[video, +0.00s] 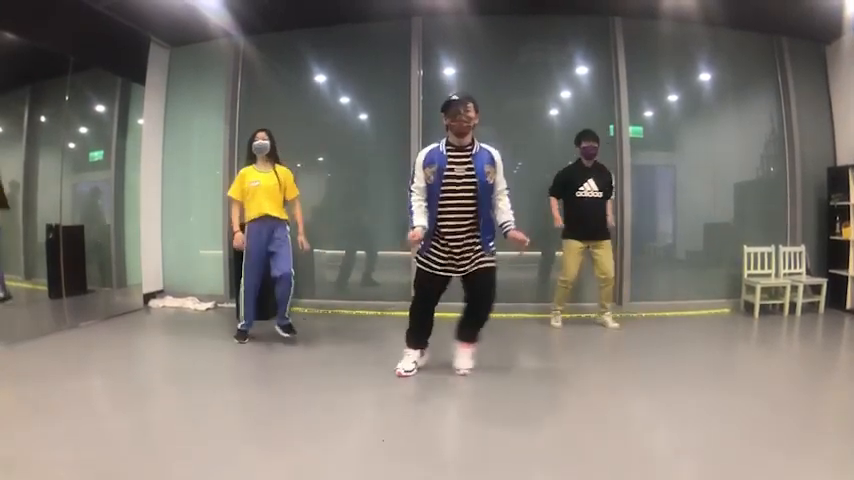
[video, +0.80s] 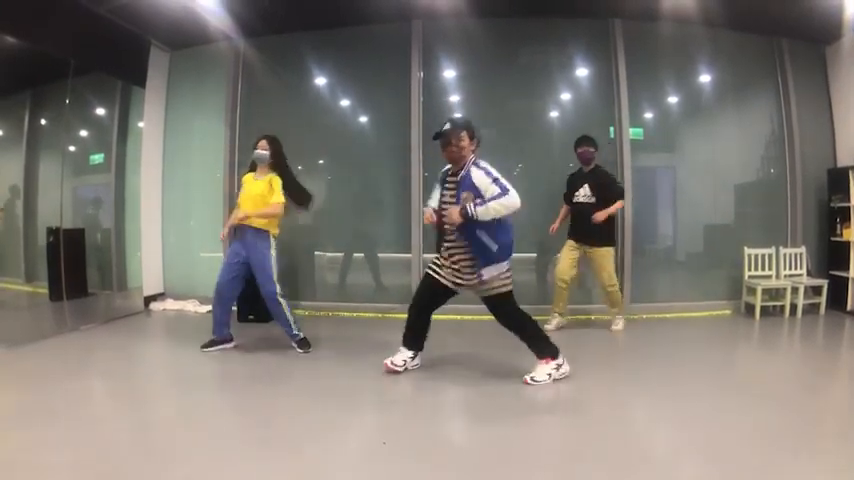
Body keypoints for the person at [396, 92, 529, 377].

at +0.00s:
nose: (463, 119)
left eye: (468, 114)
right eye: (456, 115)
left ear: (476, 117)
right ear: (446, 120)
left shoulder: (490, 156)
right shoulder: (428, 156)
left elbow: (500, 195)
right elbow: (418, 195)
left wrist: (509, 227)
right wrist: (419, 225)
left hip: (477, 244)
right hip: (437, 243)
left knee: (483, 297)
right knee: (423, 298)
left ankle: (466, 344)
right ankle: (415, 349)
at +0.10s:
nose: (466, 122)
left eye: (471, 116)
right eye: (459, 117)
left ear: (479, 120)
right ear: (449, 123)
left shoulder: (492, 158)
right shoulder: (431, 157)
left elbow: (504, 194)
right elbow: (416, 192)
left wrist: (514, 220)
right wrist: (423, 220)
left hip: (479, 243)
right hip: (440, 243)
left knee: (496, 294)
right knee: (421, 299)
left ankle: (489, 346)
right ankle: (405, 350)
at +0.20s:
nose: (474, 134)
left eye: (478, 127)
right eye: (467, 129)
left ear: (486, 129)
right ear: (455, 133)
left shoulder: (498, 166)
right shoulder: (439, 164)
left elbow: (521, 185)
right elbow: (407, 190)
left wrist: (521, 201)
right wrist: (430, 203)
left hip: (484, 252)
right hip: (445, 252)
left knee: (507, 303)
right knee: (423, 305)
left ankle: (521, 355)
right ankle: (400, 351)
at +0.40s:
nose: (476, 127)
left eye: (481, 120)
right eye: (470, 122)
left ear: (491, 121)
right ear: (461, 124)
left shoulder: (508, 151)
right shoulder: (450, 157)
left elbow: (534, 183)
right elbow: (443, 193)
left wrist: (514, 196)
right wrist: (430, 209)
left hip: (500, 237)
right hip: (462, 236)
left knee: (512, 298)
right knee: (454, 284)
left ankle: (523, 354)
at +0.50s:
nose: (474, 125)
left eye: (480, 118)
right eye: (468, 120)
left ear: (492, 120)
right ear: (461, 125)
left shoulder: (505, 154)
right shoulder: (454, 160)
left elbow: (511, 201)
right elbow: (449, 201)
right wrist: (446, 238)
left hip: (497, 239)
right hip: (462, 237)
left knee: (515, 299)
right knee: (445, 280)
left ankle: (528, 353)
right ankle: (475, 289)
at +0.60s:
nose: (468, 125)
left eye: (474, 119)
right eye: (462, 121)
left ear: (487, 121)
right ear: (456, 126)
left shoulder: (499, 154)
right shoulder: (456, 160)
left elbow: (504, 200)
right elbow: (451, 203)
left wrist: (489, 241)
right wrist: (447, 238)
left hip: (495, 242)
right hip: (460, 240)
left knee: (513, 300)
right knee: (437, 287)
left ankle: (536, 354)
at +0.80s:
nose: (455, 149)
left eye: (460, 142)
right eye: (448, 145)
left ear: (473, 143)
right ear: (442, 150)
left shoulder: (480, 172)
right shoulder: (445, 175)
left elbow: (512, 200)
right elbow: (437, 193)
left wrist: (467, 213)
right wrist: (430, 208)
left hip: (485, 263)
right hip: (450, 261)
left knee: (507, 314)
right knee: (421, 303)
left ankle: (553, 359)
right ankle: (410, 352)